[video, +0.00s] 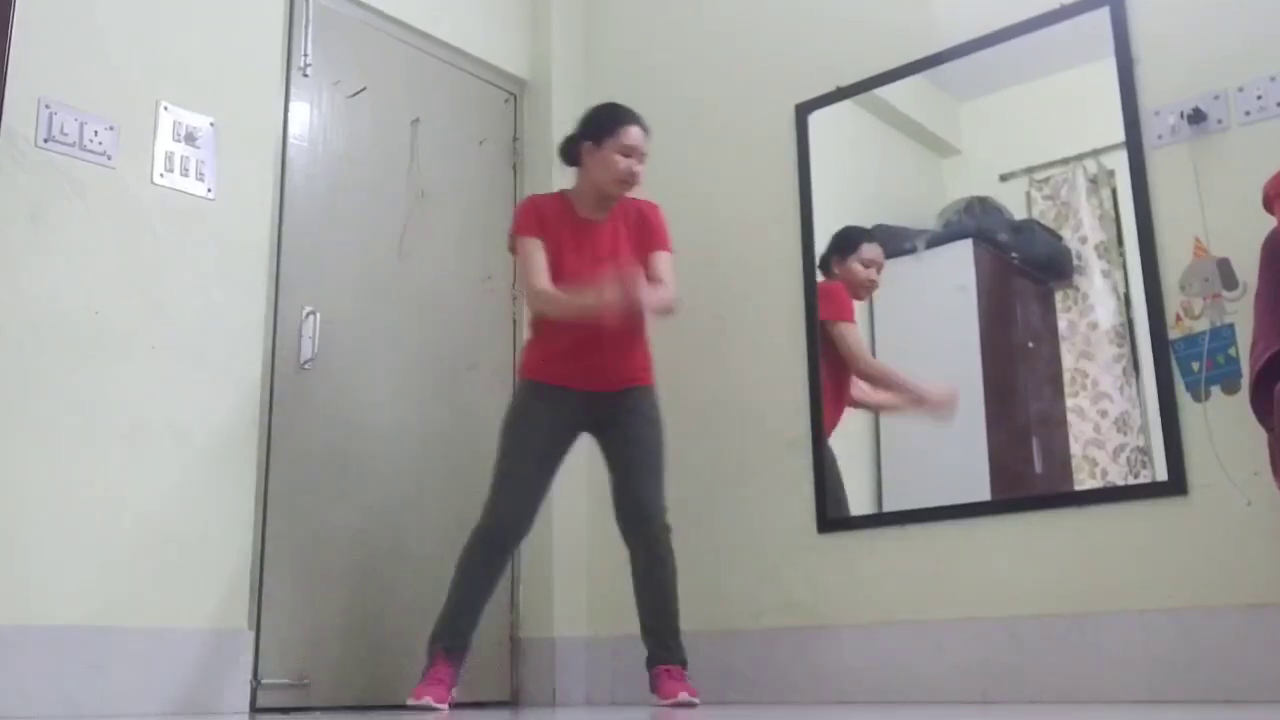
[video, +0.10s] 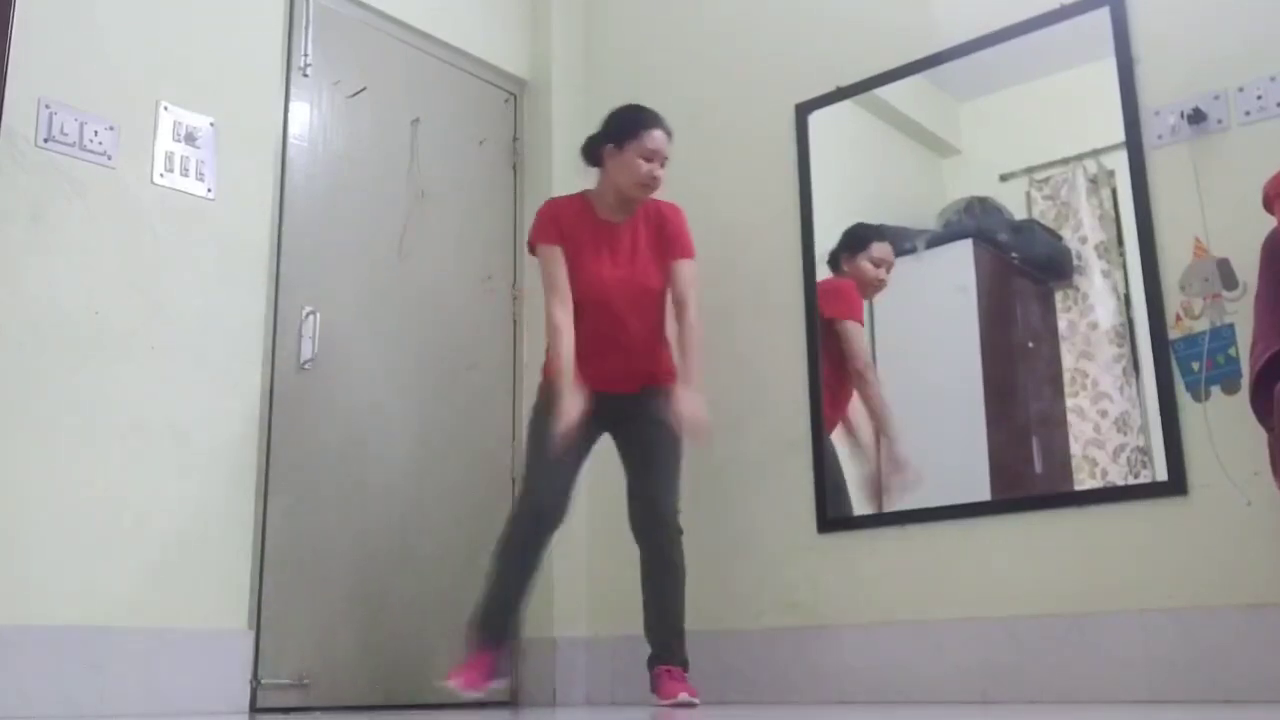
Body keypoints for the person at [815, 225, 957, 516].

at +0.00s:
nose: (874, 277)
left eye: (879, 270)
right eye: (865, 265)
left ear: (883, 272)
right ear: (837, 264)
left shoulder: (829, 301)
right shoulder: (832, 291)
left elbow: (854, 393)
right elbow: (862, 365)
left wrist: (917, 401)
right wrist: (927, 394)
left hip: (814, 441)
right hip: (805, 441)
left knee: (836, 528)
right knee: (835, 528)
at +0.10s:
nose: (883, 276)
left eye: (888, 269)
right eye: (875, 264)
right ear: (846, 260)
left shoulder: (829, 294)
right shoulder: (841, 290)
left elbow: (840, 395)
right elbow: (861, 371)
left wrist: (870, 461)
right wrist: (889, 447)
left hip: (815, 435)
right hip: (807, 434)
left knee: (836, 520)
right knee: (837, 519)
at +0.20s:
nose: (892, 273)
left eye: (897, 266)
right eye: (884, 260)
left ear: (903, 267)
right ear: (855, 257)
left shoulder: (831, 287)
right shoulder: (850, 285)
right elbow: (837, 355)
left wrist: (831, 431)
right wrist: (832, 430)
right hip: (818, 433)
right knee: (837, 521)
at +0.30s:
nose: (897, 272)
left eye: (903, 265)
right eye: (890, 260)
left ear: (908, 266)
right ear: (860, 254)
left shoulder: (831, 282)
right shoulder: (858, 281)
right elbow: (829, 318)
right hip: (819, 419)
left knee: (840, 511)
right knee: (839, 512)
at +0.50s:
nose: (899, 273)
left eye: (903, 265)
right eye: (894, 261)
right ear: (864, 256)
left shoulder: (829, 283)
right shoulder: (858, 283)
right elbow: (827, 315)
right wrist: (811, 370)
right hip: (825, 417)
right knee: (842, 516)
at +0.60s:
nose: (897, 272)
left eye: (898, 262)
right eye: (893, 260)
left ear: (866, 258)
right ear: (866, 257)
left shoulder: (823, 287)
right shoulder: (852, 287)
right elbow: (830, 345)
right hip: (825, 434)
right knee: (849, 526)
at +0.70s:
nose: (889, 273)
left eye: (890, 263)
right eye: (886, 260)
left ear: (860, 258)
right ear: (863, 258)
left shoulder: (822, 289)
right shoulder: (846, 288)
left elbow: (825, 396)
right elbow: (843, 367)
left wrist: (877, 432)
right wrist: (884, 426)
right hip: (824, 431)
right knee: (851, 526)